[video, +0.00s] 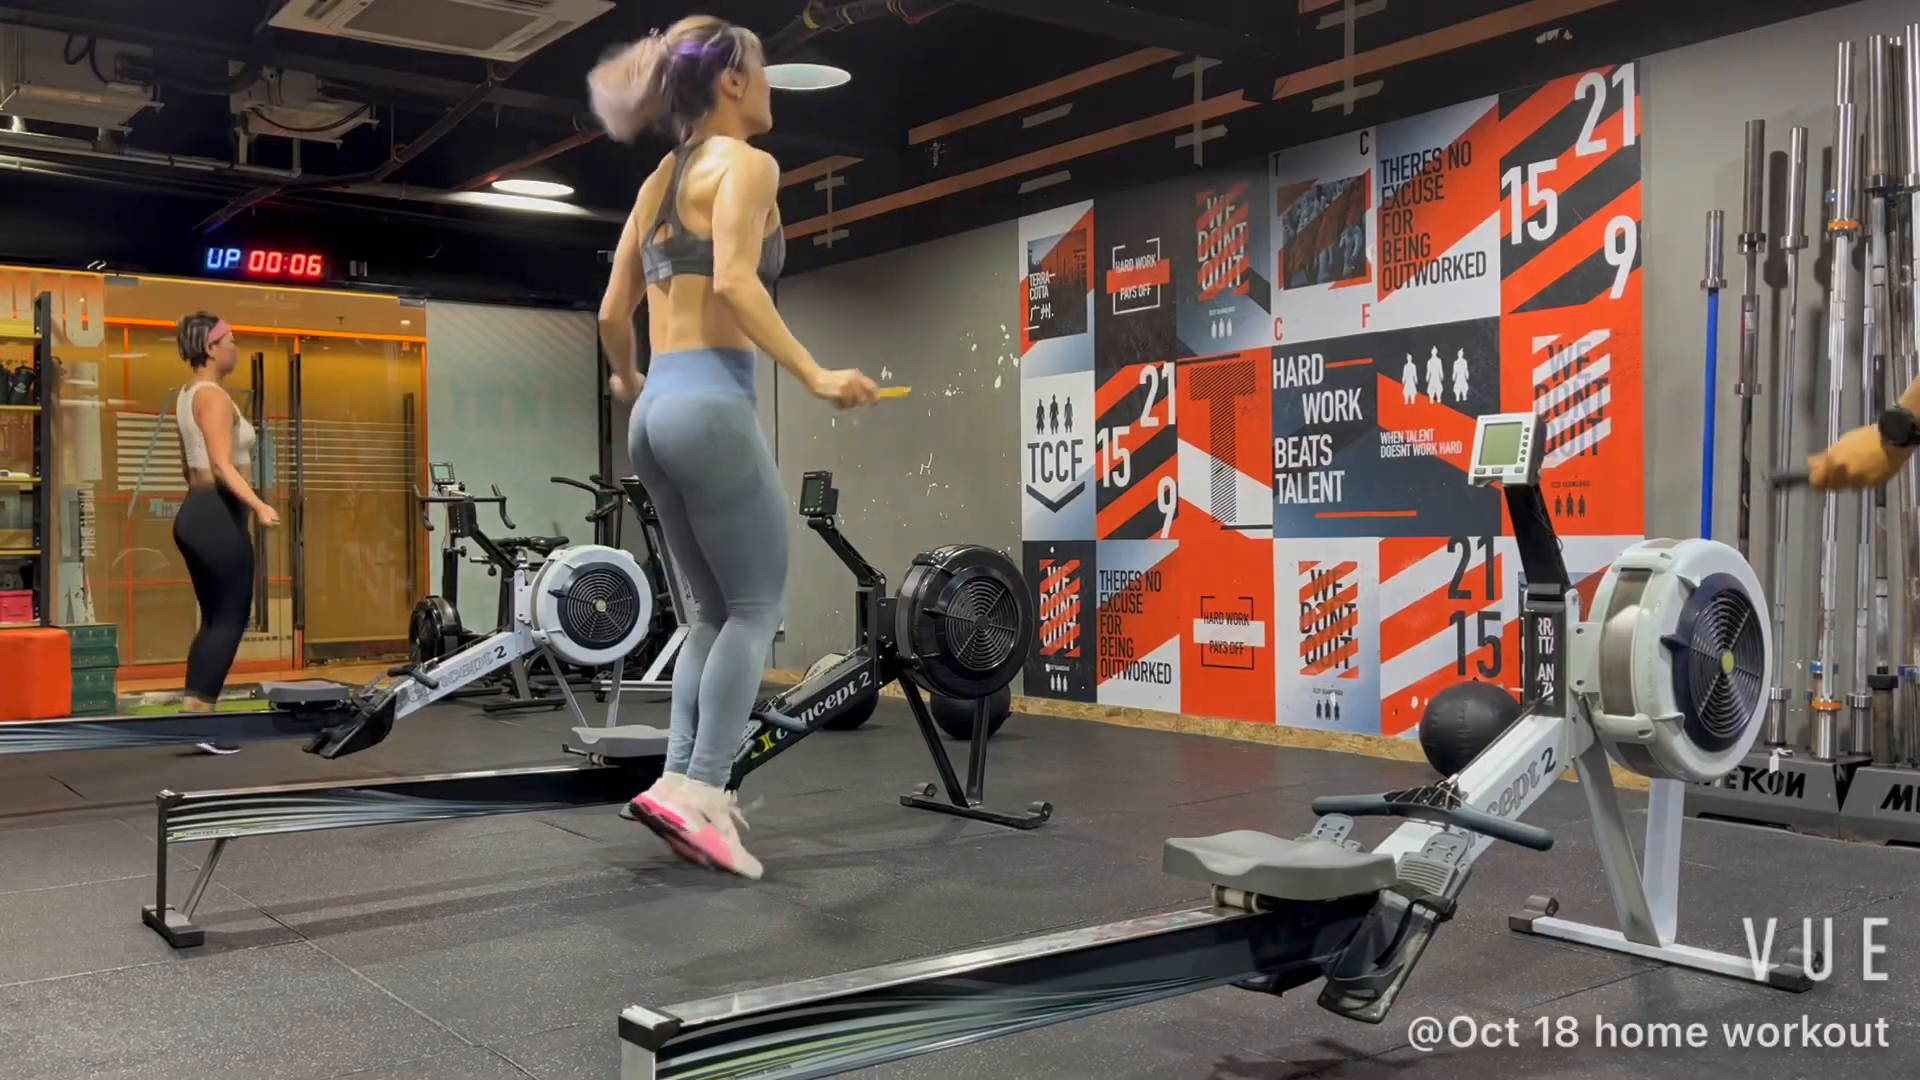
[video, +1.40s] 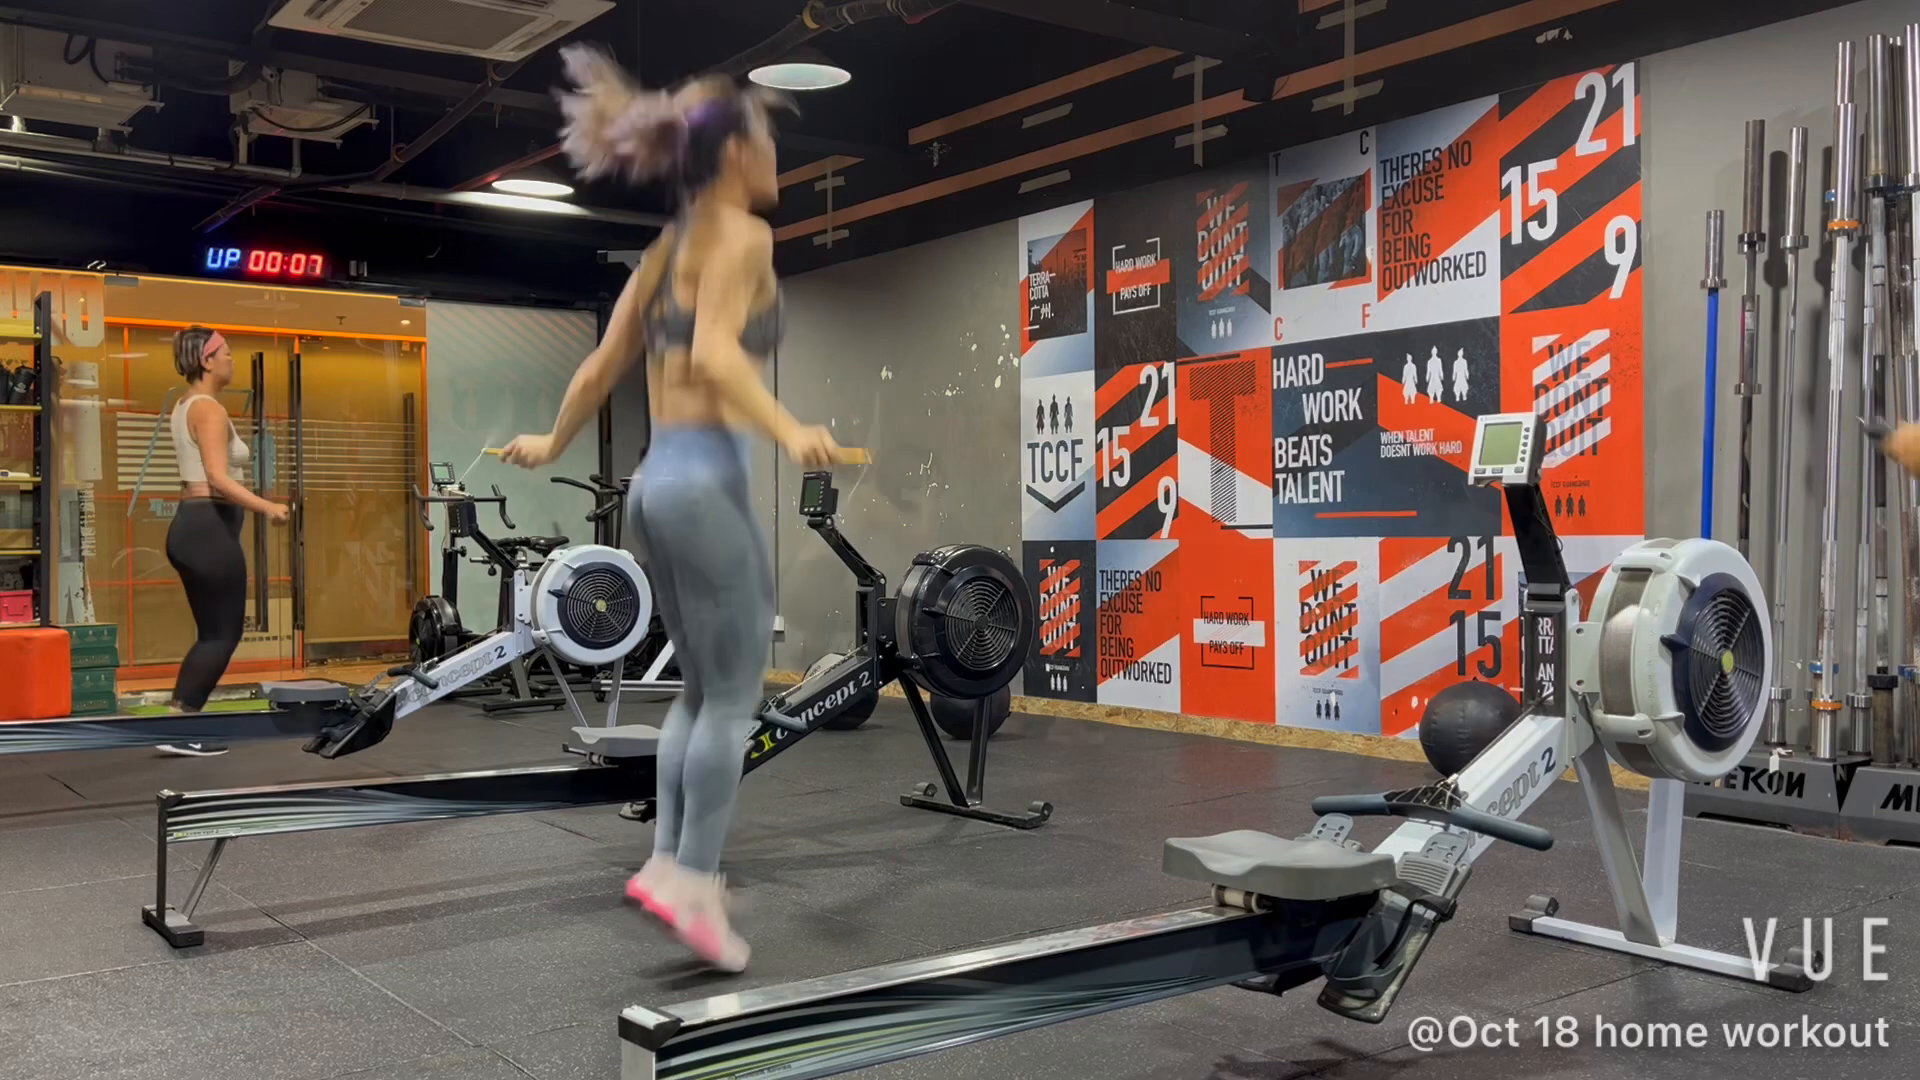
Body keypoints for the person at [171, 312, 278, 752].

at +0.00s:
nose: (236, 348)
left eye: (232, 340)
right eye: (229, 342)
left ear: (204, 350)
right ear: (210, 349)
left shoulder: (189, 395)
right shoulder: (212, 395)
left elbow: (196, 469)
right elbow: (221, 464)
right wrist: (259, 505)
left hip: (197, 512)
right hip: (216, 513)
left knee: (215, 617)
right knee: (232, 617)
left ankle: (196, 708)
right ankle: (200, 710)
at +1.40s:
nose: (232, 361)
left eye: (228, 353)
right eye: (226, 355)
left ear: (200, 362)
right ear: (207, 361)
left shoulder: (185, 406)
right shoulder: (208, 409)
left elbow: (208, 477)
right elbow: (217, 479)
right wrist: (266, 505)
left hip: (191, 526)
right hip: (208, 528)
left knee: (213, 632)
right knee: (225, 633)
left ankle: (180, 716)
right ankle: (183, 718)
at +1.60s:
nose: (230, 330)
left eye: (226, 323)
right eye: (223, 324)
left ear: (197, 336)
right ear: (207, 334)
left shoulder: (185, 383)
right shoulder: (209, 381)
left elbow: (191, 453)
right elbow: (208, 450)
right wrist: (249, 486)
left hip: (190, 499)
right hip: (208, 499)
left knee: (207, 602)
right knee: (219, 601)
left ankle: (186, 699)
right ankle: (189, 700)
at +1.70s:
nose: (230, 351)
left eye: (226, 342)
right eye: (225, 342)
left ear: (200, 348)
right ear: (209, 347)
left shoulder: (187, 397)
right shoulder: (208, 396)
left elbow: (200, 469)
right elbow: (213, 469)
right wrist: (261, 493)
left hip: (189, 521)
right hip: (210, 522)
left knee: (209, 625)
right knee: (221, 626)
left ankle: (181, 720)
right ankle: (184, 723)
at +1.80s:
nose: (232, 359)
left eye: (229, 350)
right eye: (226, 350)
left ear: (202, 354)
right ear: (210, 354)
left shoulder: (188, 403)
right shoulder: (210, 405)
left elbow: (200, 478)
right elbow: (219, 476)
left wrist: (243, 505)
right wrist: (262, 513)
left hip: (190, 527)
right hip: (210, 528)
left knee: (208, 632)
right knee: (220, 633)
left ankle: (179, 719)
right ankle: (182, 721)